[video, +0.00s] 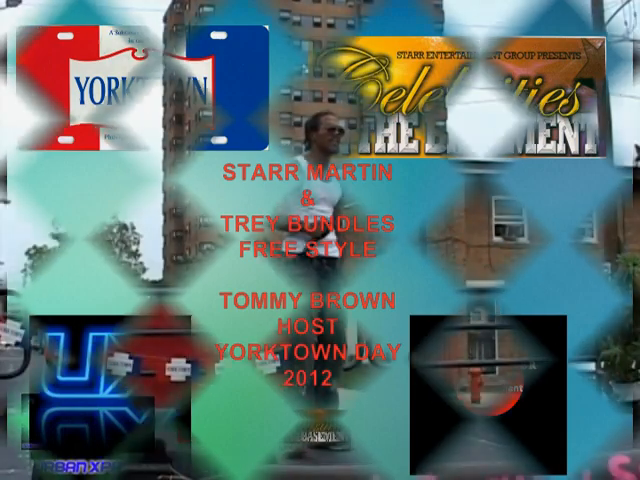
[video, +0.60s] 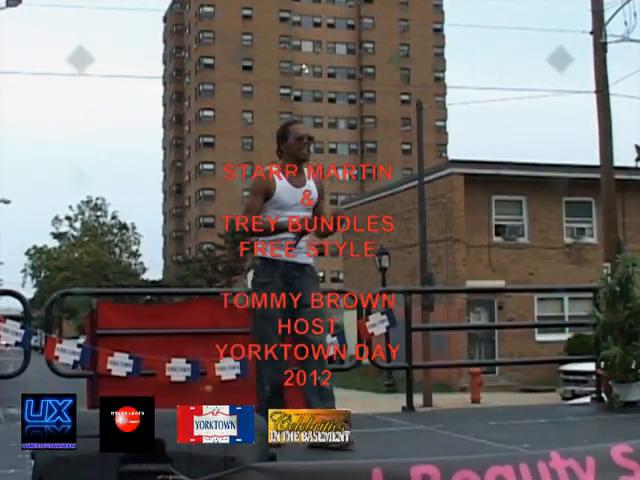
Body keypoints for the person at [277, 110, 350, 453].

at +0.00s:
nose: (337, 136)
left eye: (339, 131)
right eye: (330, 130)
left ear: (341, 138)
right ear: (311, 135)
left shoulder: (339, 178)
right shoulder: (291, 170)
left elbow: (345, 219)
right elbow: (269, 217)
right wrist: (305, 226)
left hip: (328, 258)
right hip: (295, 257)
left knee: (324, 325)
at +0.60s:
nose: (307, 145)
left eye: (309, 141)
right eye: (301, 140)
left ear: (310, 146)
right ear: (281, 145)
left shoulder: (316, 182)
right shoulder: (267, 178)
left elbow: (325, 227)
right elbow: (248, 222)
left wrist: (326, 225)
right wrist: (286, 226)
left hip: (304, 269)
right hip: (270, 268)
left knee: (314, 341)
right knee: (270, 344)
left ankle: (324, 420)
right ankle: (271, 420)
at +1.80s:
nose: (355, 158)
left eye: (354, 153)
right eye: (351, 152)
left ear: (337, 155)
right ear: (337, 154)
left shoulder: (336, 189)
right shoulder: (311, 184)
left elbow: (335, 232)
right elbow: (292, 228)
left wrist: (343, 251)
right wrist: (322, 255)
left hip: (329, 265)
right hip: (312, 265)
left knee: (329, 339)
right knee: (324, 339)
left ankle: (319, 404)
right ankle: (330, 410)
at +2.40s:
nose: (385, 146)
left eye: (384, 141)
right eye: (379, 141)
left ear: (369, 146)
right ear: (361, 145)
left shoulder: (372, 178)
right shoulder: (341, 178)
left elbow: (364, 228)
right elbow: (323, 227)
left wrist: (376, 259)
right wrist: (329, 278)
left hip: (373, 266)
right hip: (350, 266)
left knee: (391, 340)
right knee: (357, 345)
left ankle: (353, 400)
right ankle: (361, 426)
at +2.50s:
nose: (390, 143)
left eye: (390, 138)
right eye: (384, 138)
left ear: (376, 144)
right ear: (366, 142)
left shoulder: (379, 178)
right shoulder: (347, 177)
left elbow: (372, 228)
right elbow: (328, 226)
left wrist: (383, 267)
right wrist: (341, 272)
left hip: (380, 266)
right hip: (356, 266)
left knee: (398, 338)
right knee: (359, 346)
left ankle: (389, 417)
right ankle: (361, 424)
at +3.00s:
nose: (436, 137)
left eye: (438, 132)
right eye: (429, 131)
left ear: (436, 139)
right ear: (411, 137)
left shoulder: (430, 180)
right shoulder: (393, 170)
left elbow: (428, 227)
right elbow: (372, 217)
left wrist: (436, 261)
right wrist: (378, 266)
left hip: (432, 265)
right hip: (403, 265)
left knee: (439, 348)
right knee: (403, 347)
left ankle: (442, 426)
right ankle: (367, 417)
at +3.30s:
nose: (459, 130)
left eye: (460, 125)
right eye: (451, 126)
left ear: (458, 132)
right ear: (433, 133)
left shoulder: (461, 177)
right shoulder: (415, 166)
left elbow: (470, 228)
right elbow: (392, 212)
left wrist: (485, 275)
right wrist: (396, 260)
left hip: (452, 264)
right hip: (422, 261)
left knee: (452, 345)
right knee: (429, 343)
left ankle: (446, 426)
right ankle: (421, 429)